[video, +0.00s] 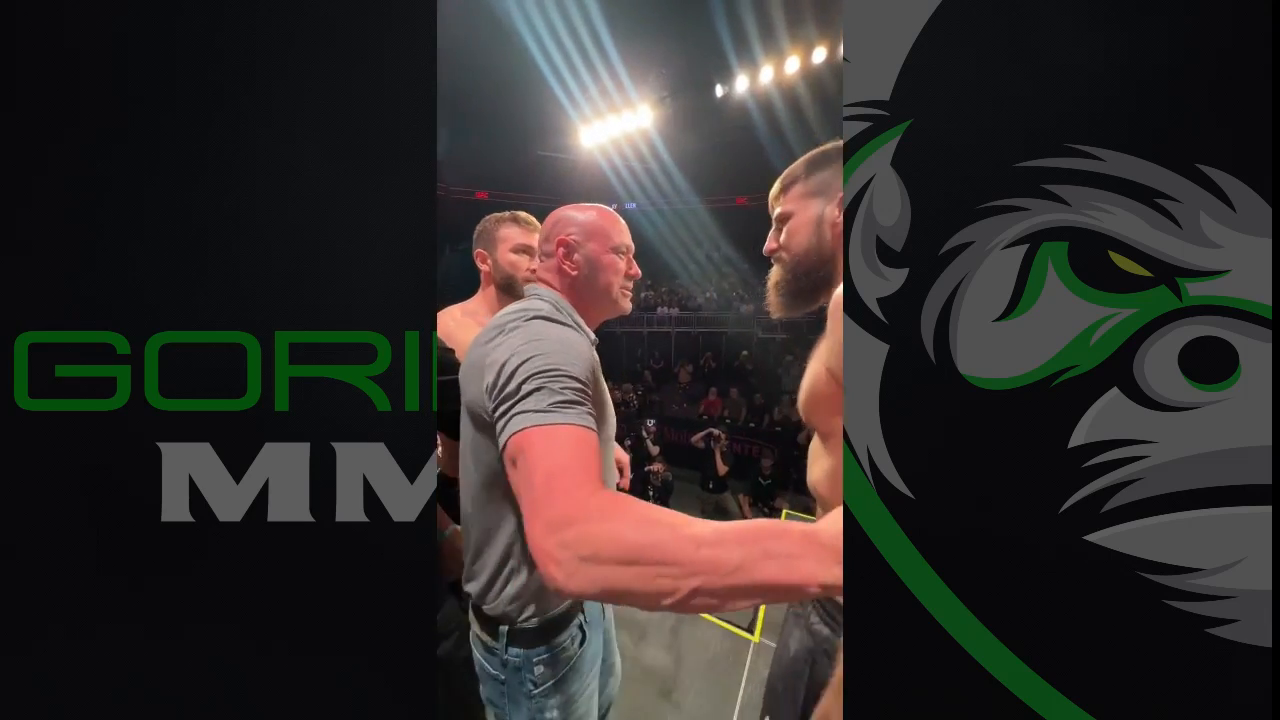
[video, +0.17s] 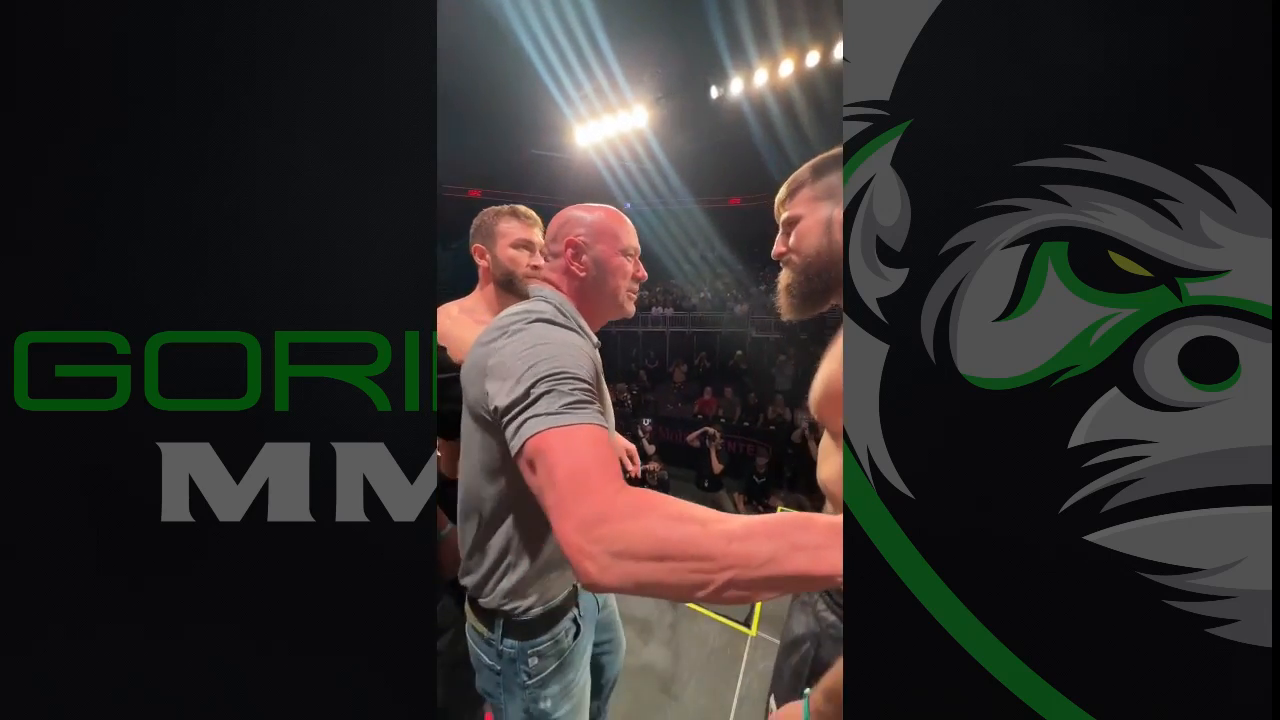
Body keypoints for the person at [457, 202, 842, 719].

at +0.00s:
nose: (637, 269)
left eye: (633, 256)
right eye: (621, 253)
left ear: (567, 256)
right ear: (567, 254)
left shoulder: (551, 331)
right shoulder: (538, 341)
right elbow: (574, 541)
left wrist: (598, 449)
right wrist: (823, 553)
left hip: (579, 616)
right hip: (536, 649)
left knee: (600, 703)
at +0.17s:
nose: (642, 271)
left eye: (639, 257)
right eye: (629, 255)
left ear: (578, 261)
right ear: (576, 256)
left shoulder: (562, 332)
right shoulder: (536, 339)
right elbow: (605, 538)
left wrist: (601, 438)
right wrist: (846, 541)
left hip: (576, 595)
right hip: (529, 632)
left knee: (603, 677)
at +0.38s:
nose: (646, 269)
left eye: (642, 255)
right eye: (632, 253)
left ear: (583, 259)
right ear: (581, 255)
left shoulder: (565, 331)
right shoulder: (545, 338)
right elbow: (629, 515)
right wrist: (846, 543)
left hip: (579, 577)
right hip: (548, 604)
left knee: (575, 700)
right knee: (559, 712)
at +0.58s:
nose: (656, 276)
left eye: (654, 261)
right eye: (645, 259)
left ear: (597, 260)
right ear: (598, 257)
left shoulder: (561, 323)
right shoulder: (569, 337)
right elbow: (648, 497)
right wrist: (841, 543)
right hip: (565, 579)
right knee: (572, 709)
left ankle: (530, 627)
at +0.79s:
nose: (665, 285)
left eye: (664, 271)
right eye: (655, 269)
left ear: (607, 265)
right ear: (610, 262)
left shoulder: (572, 327)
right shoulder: (577, 341)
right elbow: (633, 501)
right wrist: (816, 509)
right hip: (559, 563)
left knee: (565, 666)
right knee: (565, 703)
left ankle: (574, 708)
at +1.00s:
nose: (654, 288)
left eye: (653, 275)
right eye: (646, 273)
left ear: (599, 268)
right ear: (602, 266)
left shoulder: (560, 325)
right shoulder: (573, 347)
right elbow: (634, 484)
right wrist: (756, 468)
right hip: (553, 550)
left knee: (558, 678)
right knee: (559, 703)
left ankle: (567, 708)